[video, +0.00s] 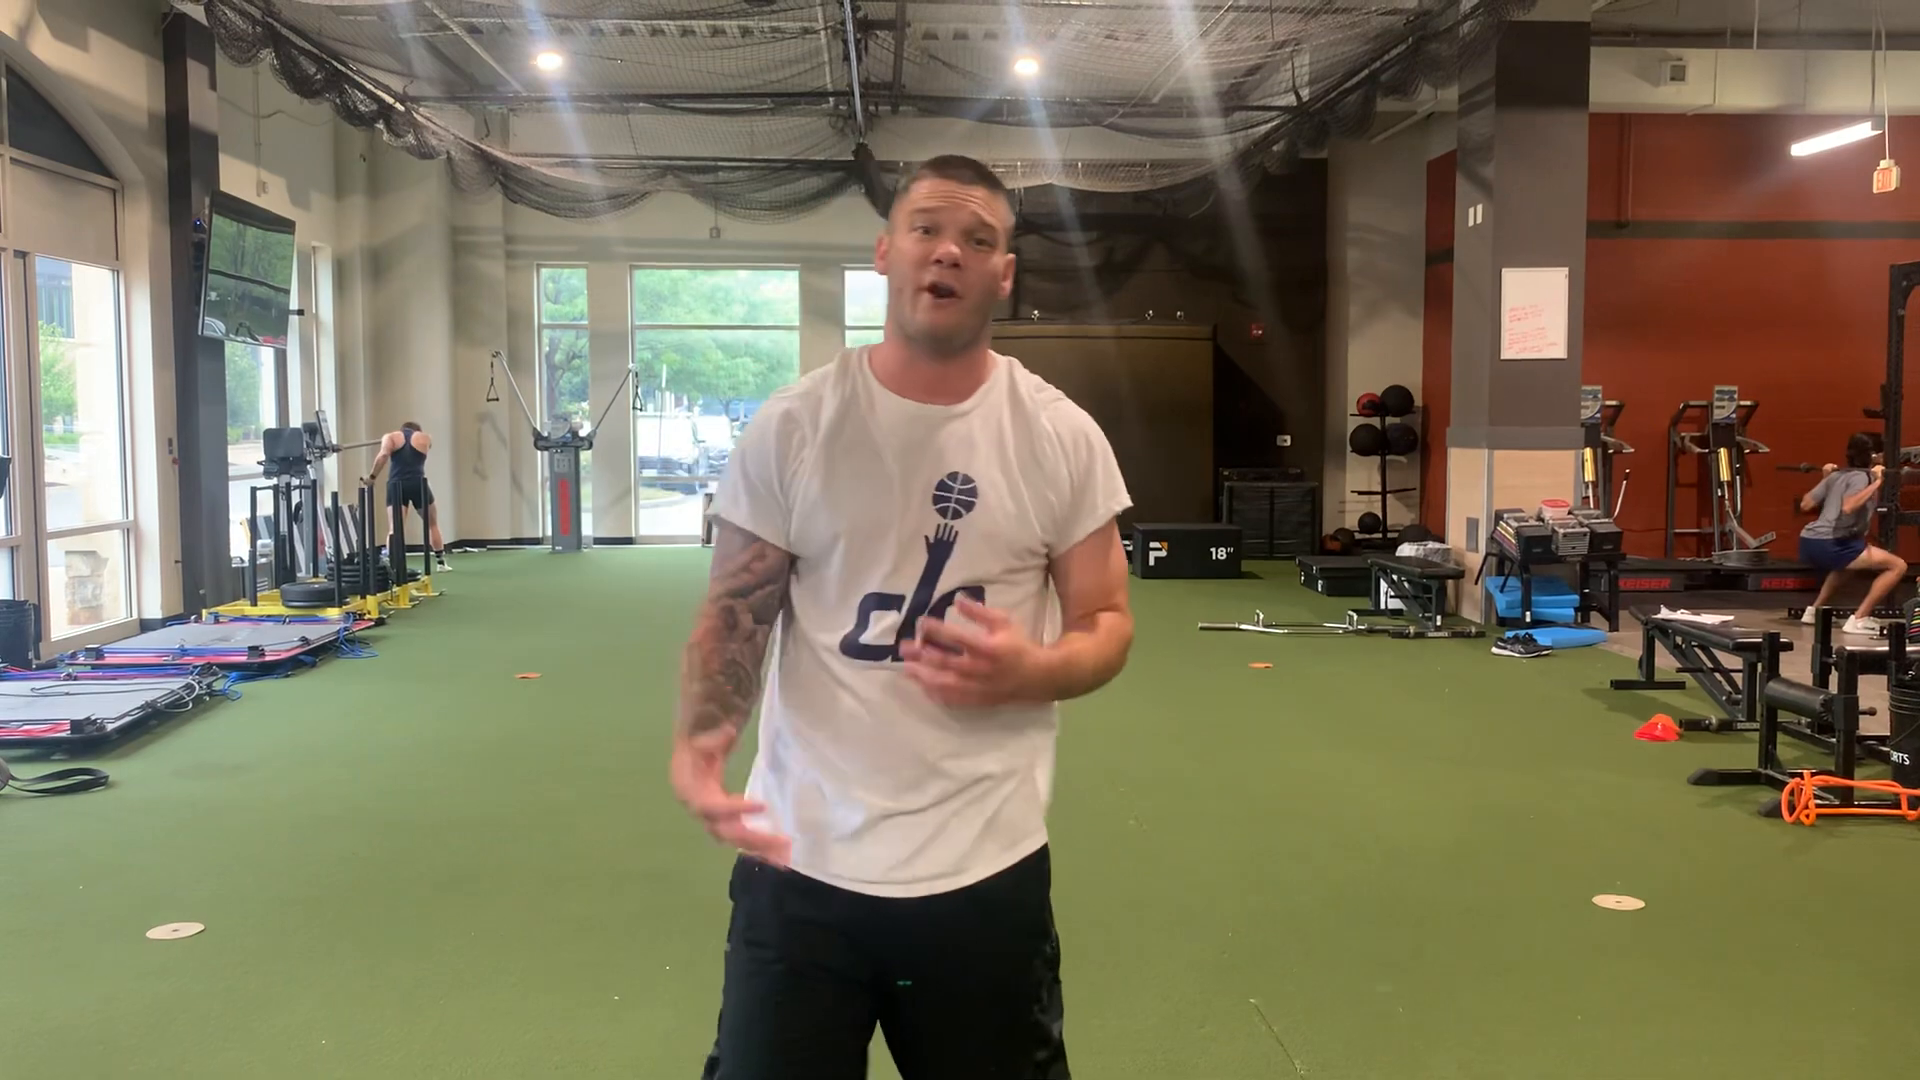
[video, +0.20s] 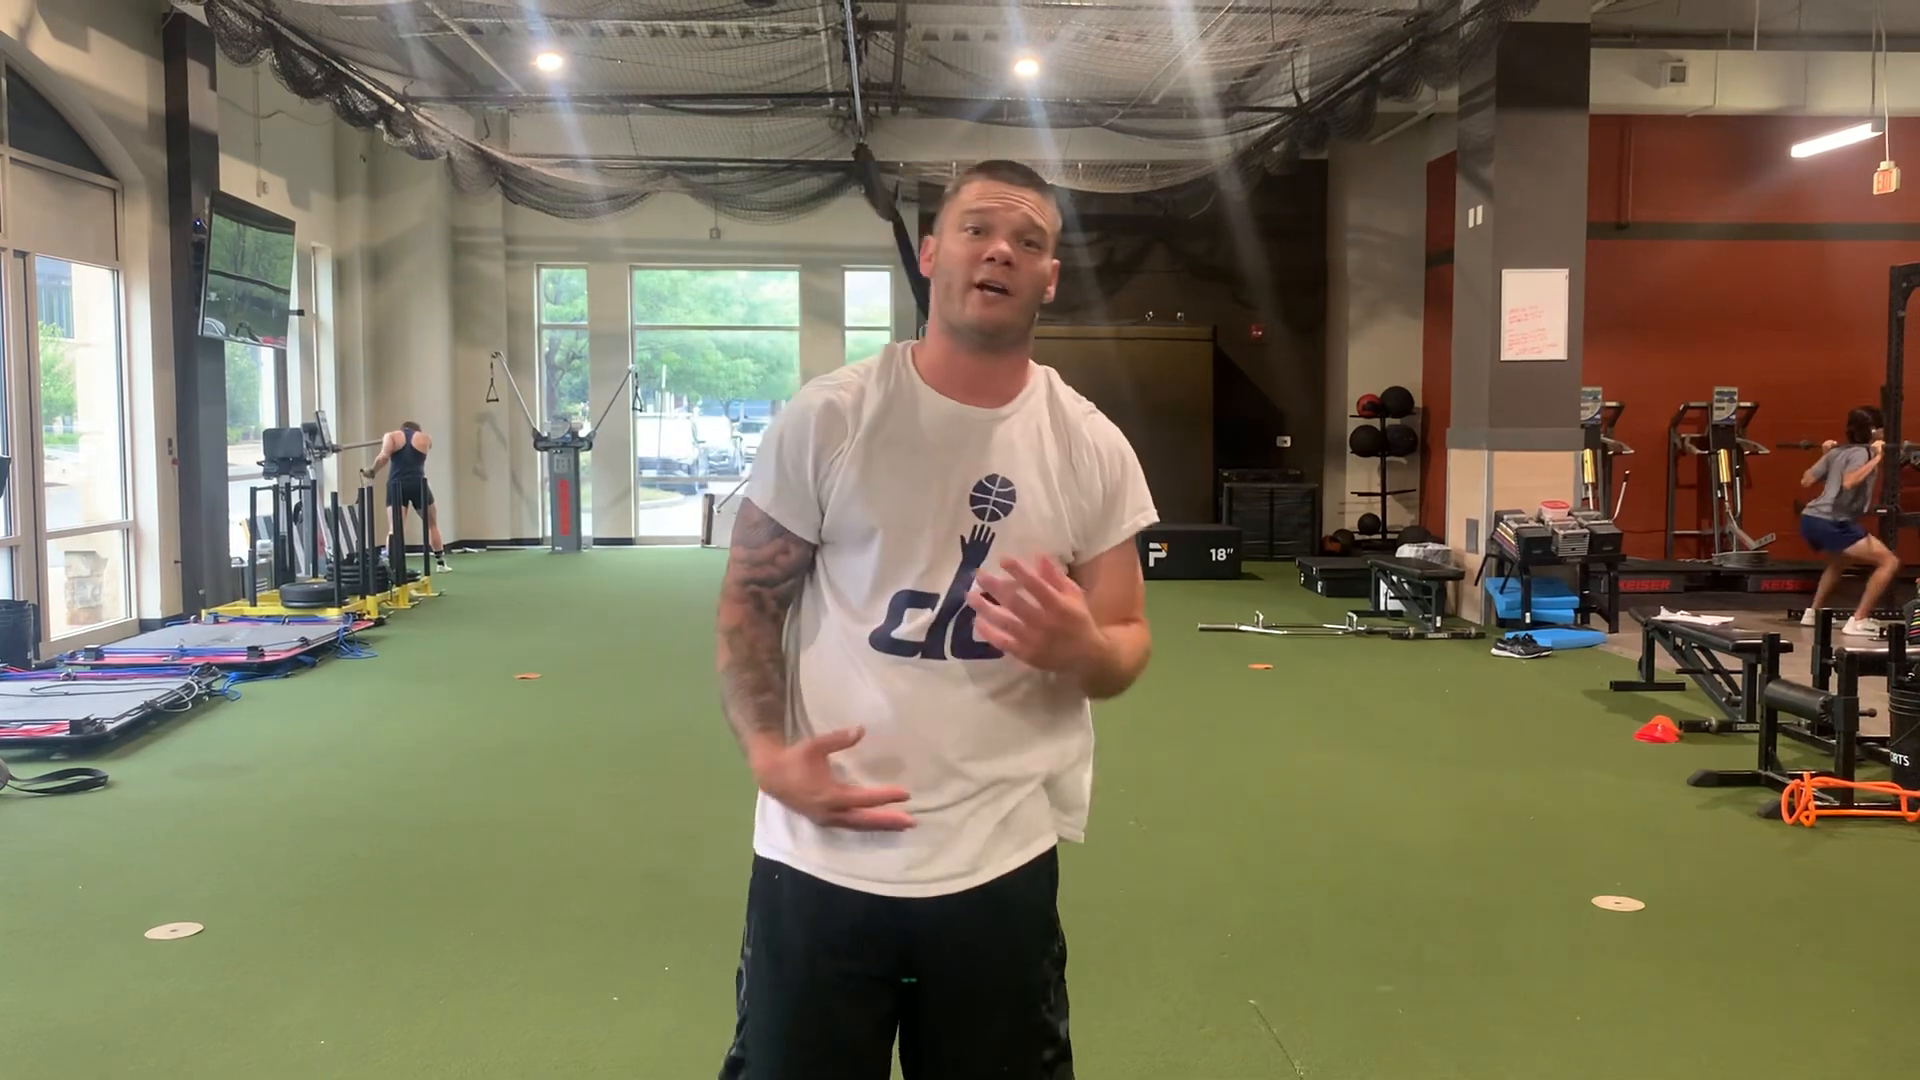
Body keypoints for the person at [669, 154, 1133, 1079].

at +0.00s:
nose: (949, 250)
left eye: (978, 237)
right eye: (927, 228)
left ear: (1006, 277)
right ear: (882, 253)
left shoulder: (1061, 439)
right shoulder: (794, 425)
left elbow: (1104, 627)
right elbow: (737, 609)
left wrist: (1036, 671)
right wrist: (701, 754)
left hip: (982, 873)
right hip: (800, 868)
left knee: (1002, 1069)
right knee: (759, 1070)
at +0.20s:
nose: (999, 251)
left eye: (1027, 239)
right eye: (976, 228)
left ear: (1051, 282)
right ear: (927, 256)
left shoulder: (1092, 449)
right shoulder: (824, 421)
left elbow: (1125, 647)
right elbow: (750, 599)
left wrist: (1086, 653)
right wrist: (769, 751)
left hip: (996, 867)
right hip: (822, 859)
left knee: (1008, 1068)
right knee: (789, 1068)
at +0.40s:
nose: (1027, 264)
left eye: (1057, 256)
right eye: (1008, 239)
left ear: (1079, 301)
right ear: (960, 263)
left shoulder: (1100, 464)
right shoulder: (842, 415)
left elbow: (1137, 652)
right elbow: (752, 589)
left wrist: (1141, 732)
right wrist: (796, 736)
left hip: (988, 869)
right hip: (818, 860)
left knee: (1007, 1069)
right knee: (783, 1067)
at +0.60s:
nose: (1039, 278)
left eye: (1068, 269)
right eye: (1021, 250)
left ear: (1090, 308)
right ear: (972, 264)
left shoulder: (1100, 471)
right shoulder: (849, 414)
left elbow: (1130, 656)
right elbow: (748, 585)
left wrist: (1132, 735)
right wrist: (781, 724)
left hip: (987, 868)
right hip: (815, 856)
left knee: (997, 1070)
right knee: (772, 1068)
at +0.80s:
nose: (1015, 277)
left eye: (1044, 269)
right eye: (997, 251)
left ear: (1061, 310)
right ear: (946, 271)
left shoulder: (1081, 466)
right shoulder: (833, 418)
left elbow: (1104, 649)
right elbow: (728, 585)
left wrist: (1086, 720)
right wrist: (788, 695)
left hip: (983, 856)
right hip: (811, 847)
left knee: (994, 1068)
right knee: (773, 1067)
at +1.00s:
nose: (964, 276)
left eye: (989, 268)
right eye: (943, 253)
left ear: (1005, 306)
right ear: (892, 275)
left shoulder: (1039, 455)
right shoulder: (793, 428)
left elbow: (1078, 630)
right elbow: (697, 597)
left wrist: (1052, 691)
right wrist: (792, 628)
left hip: (972, 850)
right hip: (801, 850)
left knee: (997, 1067)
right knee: (770, 1067)